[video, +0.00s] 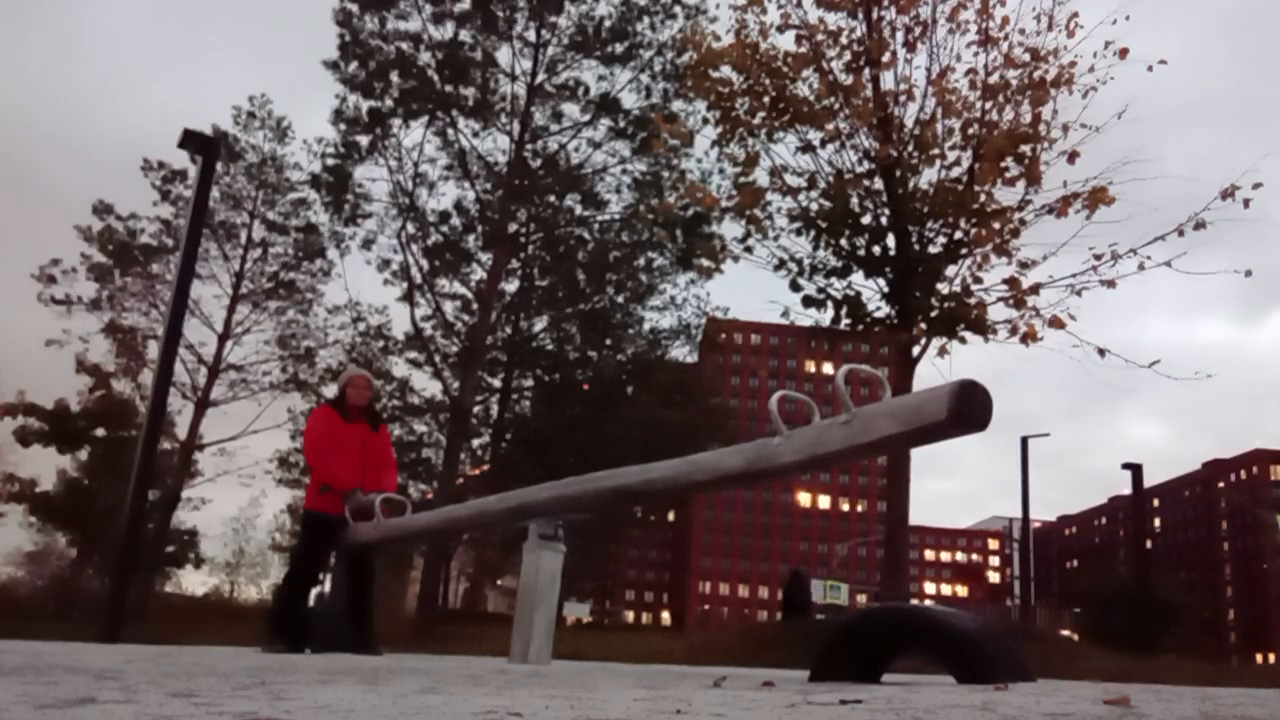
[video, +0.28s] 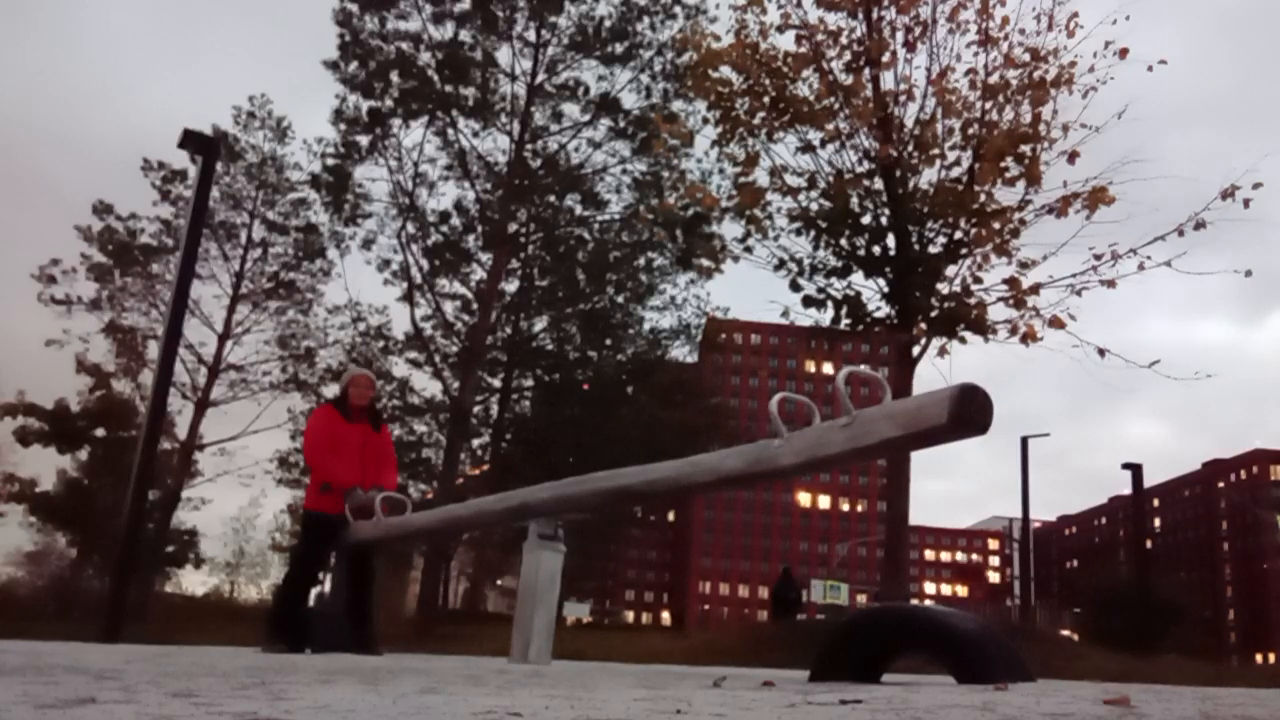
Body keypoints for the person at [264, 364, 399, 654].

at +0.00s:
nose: (362, 391)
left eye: (367, 387)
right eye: (356, 386)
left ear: (373, 393)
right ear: (344, 390)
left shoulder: (377, 428)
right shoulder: (323, 417)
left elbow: (388, 466)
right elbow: (316, 457)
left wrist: (385, 496)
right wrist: (347, 489)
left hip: (362, 515)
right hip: (323, 510)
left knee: (361, 578)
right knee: (304, 572)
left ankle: (362, 640)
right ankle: (282, 635)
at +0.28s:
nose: (363, 391)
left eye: (368, 387)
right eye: (357, 386)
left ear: (375, 393)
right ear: (346, 389)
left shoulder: (378, 427)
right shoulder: (325, 416)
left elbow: (388, 466)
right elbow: (315, 456)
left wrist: (384, 491)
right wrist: (345, 484)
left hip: (362, 513)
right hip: (323, 509)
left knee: (361, 577)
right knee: (304, 572)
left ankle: (362, 640)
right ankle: (282, 635)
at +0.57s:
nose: (370, 390)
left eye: (376, 386)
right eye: (365, 384)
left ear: (383, 391)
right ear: (353, 387)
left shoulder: (384, 428)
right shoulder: (331, 413)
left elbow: (393, 469)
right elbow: (317, 455)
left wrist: (382, 493)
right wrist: (345, 487)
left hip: (363, 514)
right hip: (324, 508)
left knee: (360, 579)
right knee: (305, 572)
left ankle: (361, 642)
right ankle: (281, 636)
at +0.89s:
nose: (379, 393)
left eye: (385, 388)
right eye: (373, 386)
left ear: (391, 394)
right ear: (362, 389)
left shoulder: (394, 431)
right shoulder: (340, 414)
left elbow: (399, 473)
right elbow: (322, 458)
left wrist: (386, 500)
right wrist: (347, 494)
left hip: (366, 518)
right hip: (327, 510)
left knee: (366, 580)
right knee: (309, 573)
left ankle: (362, 641)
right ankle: (284, 636)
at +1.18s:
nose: (384, 412)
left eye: (390, 407)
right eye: (379, 405)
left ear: (396, 413)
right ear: (367, 407)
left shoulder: (396, 447)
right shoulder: (342, 431)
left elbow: (399, 487)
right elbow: (323, 475)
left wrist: (388, 516)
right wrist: (346, 514)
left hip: (368, 529)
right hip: (327, 521)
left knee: (371, 585)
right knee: (318, 576)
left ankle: (362, 645)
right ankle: (285, 635)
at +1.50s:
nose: (382, 414)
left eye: (387, 409)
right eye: (376, 407)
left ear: (393, 414)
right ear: (363, 411)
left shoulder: (392, 450)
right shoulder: (339, 436)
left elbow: (391, 493)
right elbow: (323, 482)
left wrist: (377, 523)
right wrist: (344, 518)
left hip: (365, 529)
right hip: (325, 524)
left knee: (371, 585)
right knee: (322, 577)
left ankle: (361, 646)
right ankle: (286, 636)